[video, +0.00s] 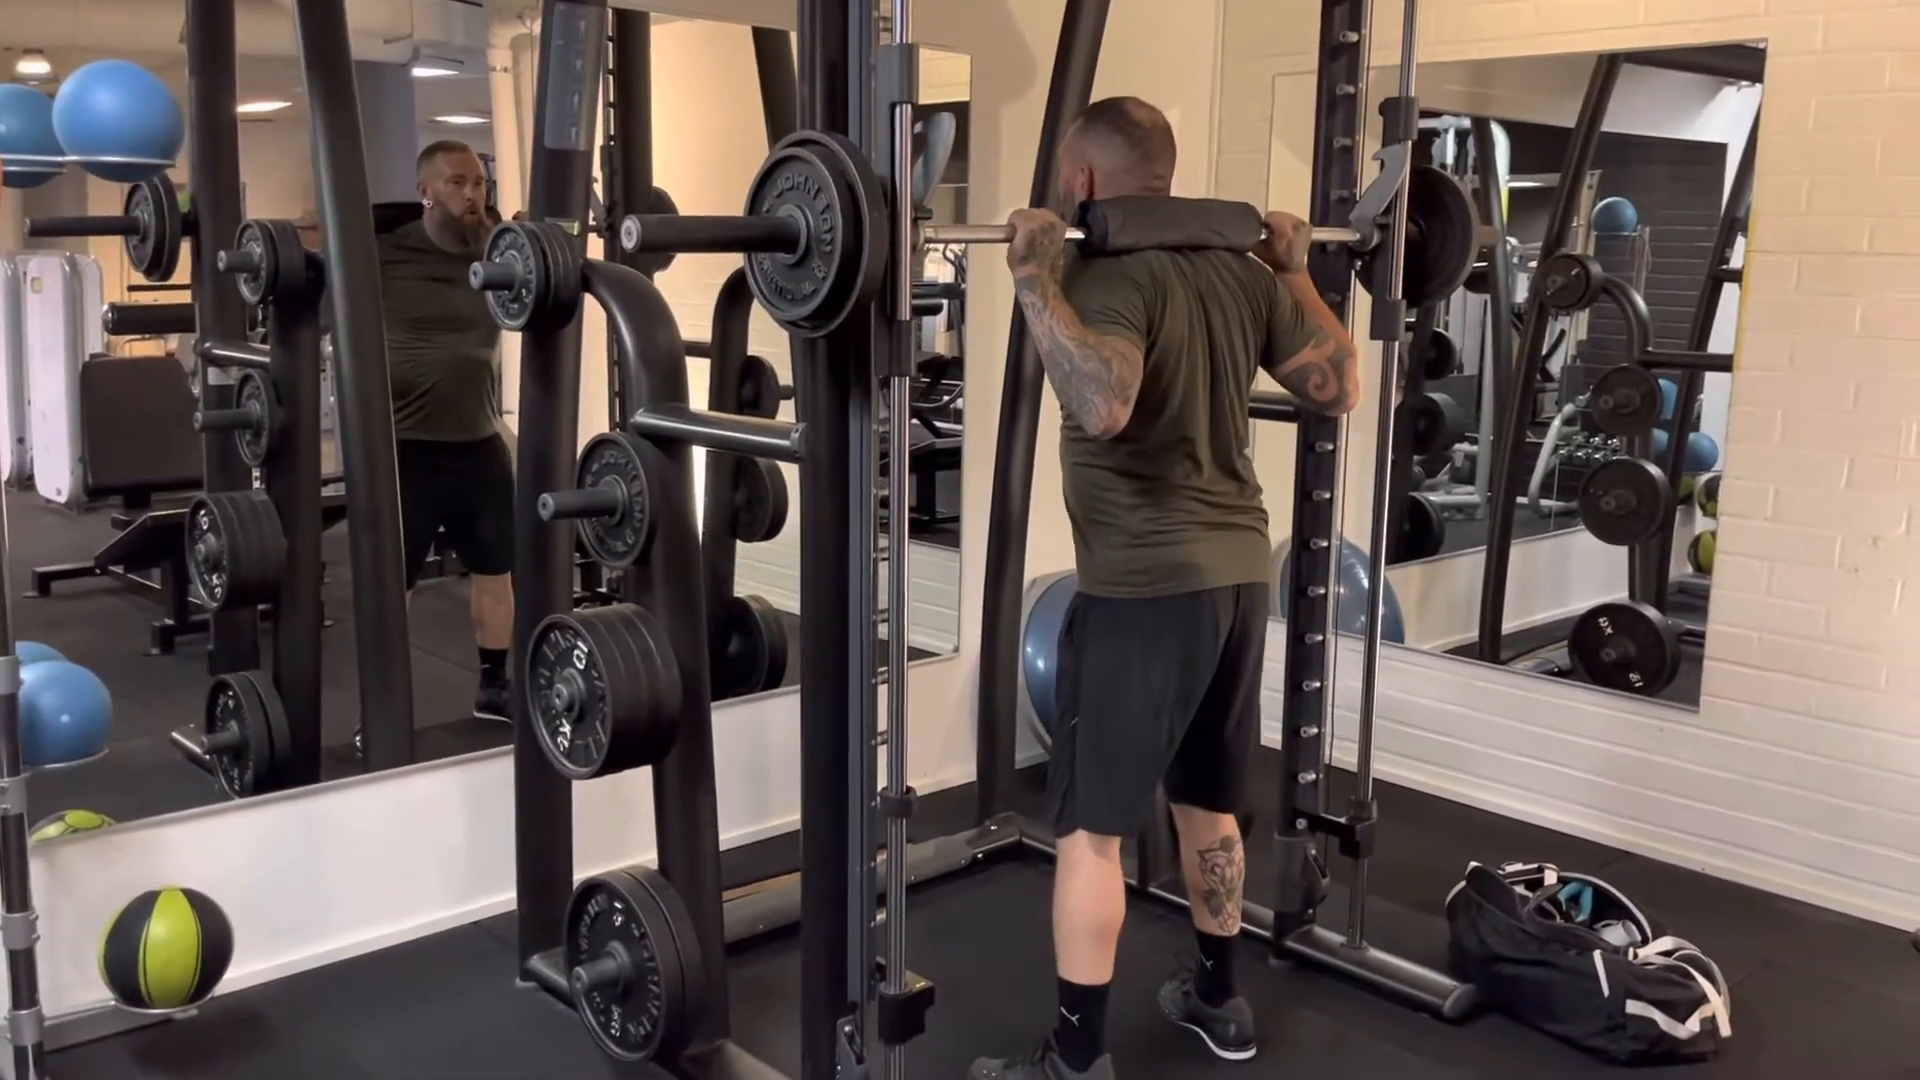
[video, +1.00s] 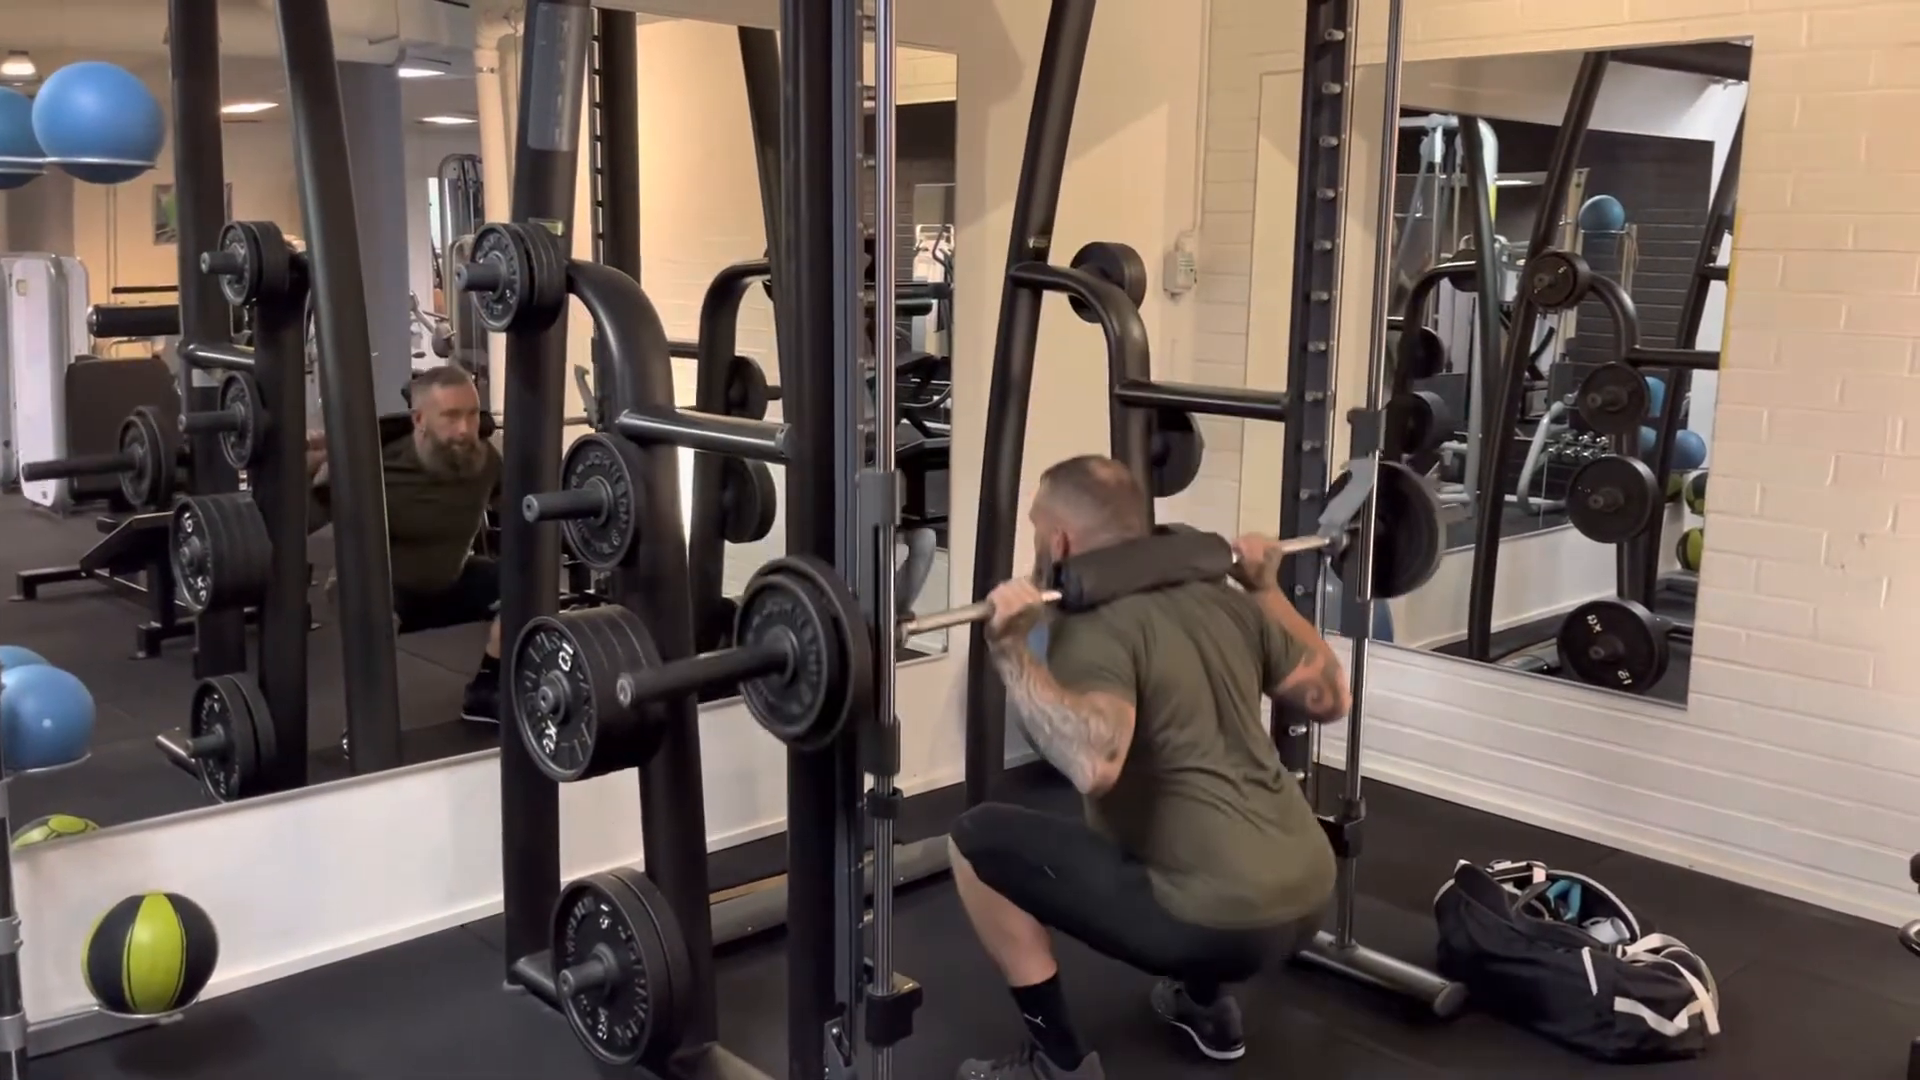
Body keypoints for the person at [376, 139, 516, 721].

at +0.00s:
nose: (474, 193)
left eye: (480, 182)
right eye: (459, 182)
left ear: (487, 190)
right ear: (426, 190)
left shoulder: (493, 255)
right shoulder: (378, 256)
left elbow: (543, 273)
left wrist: (496, 232)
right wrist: (298, 248)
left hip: (479, 441)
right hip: (401, 444)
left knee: (496, 563)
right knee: (388, 578)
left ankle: (496, 684)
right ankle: (378, 699)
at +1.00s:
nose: (465, 429)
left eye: (473, 415)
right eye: (451, 416)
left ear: (481, 414)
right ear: (419, 419)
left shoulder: (488, 464)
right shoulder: (375, 474)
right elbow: (296, 525)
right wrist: (300, 477)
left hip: (451, 584)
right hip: (385, 590)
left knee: (521, 577)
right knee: (368, 612)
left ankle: (489, 685)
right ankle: (366, 723)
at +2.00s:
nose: (454, 216)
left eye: (460, 203)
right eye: (439, 204)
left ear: (466, 207)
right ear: (406, 209)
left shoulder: (472, 270)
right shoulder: (360, 272)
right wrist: (275, 262)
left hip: (453, 451)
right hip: (380, 455)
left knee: (480, 568)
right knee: (365, 590)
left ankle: (482, 696)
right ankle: (360, 714)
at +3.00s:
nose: (456, 270)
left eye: (462, 259)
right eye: (442, 260)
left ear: (469, 261)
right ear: (410, 265)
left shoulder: (471, 326)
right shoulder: (365, 322)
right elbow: (297, 362)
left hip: (445, 488)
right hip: (377, 491)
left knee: (505, 563)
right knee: (357, 604)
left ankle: (484, 700)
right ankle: (360, 725)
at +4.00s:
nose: (456, 421)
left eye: (463, 407)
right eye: (442, 409)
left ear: (471, 406)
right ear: (408, 411)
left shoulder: (476, 460)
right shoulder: (365, 462)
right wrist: (290, 462)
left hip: (433, 584)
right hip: (361, 589)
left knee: (509, 596)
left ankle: (481, 708)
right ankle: (356, 738)